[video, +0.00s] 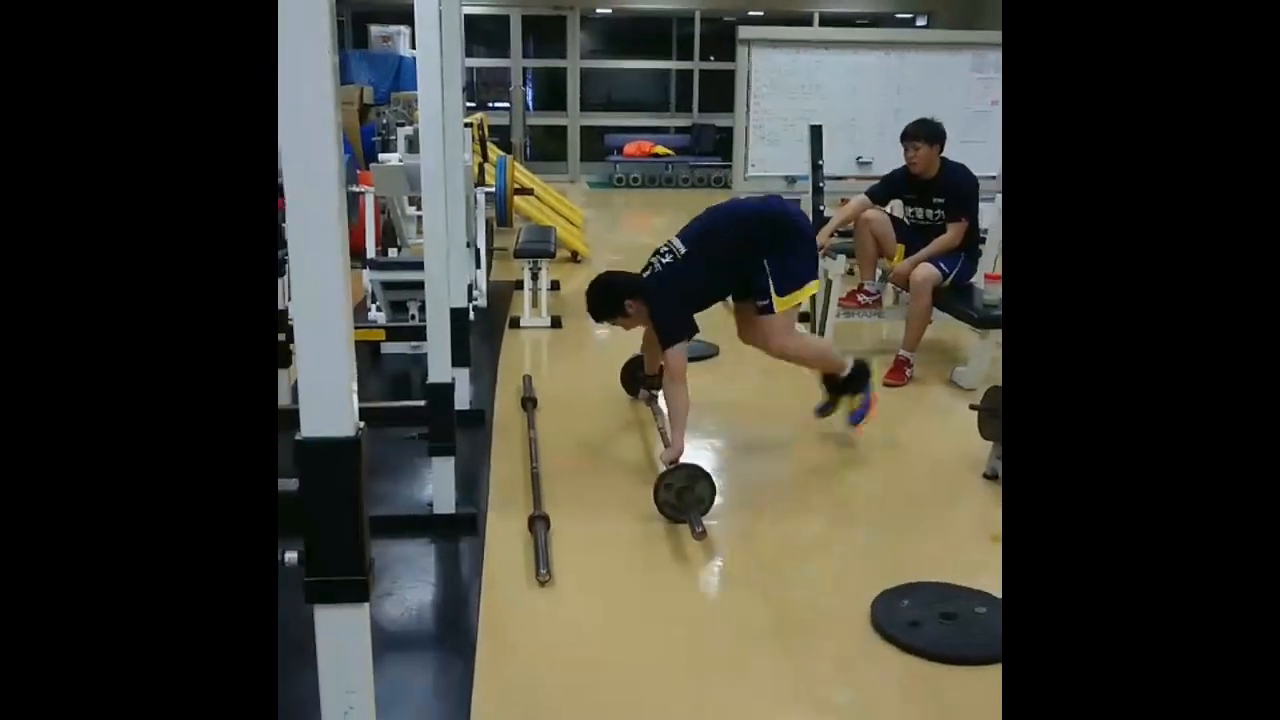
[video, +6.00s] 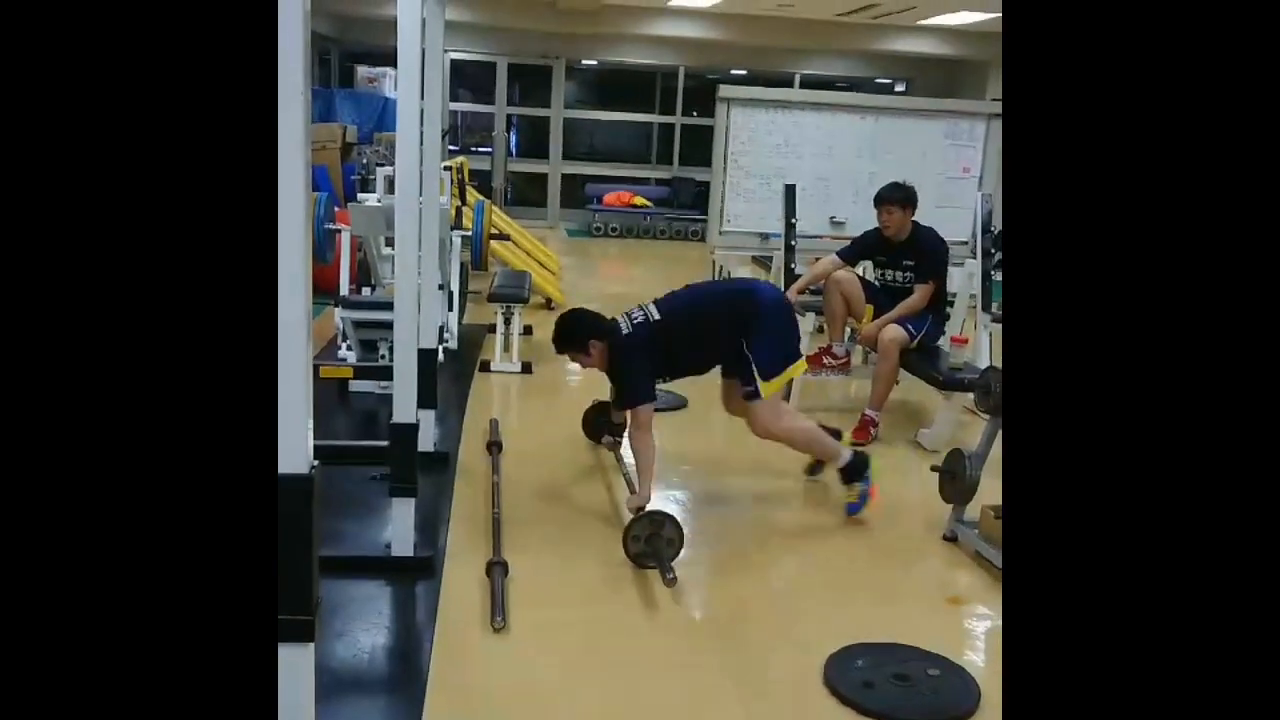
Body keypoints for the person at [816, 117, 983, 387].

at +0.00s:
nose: (910, 155)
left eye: (917, 148)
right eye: (906, 149)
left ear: (937, 149)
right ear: (903, 150)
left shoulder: (960, 179)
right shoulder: (902, 177)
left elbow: (954, 237)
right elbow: (861, 203)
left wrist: (910, 263)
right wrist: (825, 231)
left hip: (957, 252)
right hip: (916, 243)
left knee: (921, 276)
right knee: (867, 218)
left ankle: (904, 358)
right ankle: (868, 291)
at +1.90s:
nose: (898, 187)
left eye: (905, 181)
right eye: (895, 181)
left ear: (924, 181)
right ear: (891, 182)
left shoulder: (947, 211)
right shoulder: (890, 210)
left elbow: (939, 268)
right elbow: (848, 236)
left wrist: (897, 296)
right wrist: (811, 261)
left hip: (943, 283)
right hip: (904, 276)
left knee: (908, 307)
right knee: (856, 250)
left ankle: (890, 389)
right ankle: (857, 326)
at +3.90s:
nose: (894, 205)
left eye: (901, 198)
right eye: (890, 198)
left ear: (920, 200)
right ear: (886, 199)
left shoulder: (941, 231)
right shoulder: (884, 227)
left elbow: (932, 287)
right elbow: (843, 253)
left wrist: (889, 314)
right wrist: (805, 278)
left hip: (935, 303)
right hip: (895, 294)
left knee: (901, 325)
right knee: (848, 268)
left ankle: (883, 407)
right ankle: (849, 344)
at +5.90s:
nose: (883, 218)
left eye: (890, 212)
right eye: (880, 211)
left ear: (909, 212)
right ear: (876, 211)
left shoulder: (930, 241)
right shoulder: (874, 237)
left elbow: (921, 296)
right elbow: (831, 262)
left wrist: (878, 322)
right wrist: (794, 287)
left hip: (923, 313)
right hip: (886, 303)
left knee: (889, 336)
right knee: (837, 278)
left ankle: (870, 417)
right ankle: (838, 352)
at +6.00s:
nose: (883, 218)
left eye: (890, 212)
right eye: (880, 211)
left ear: (909, 213)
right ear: (876, 212)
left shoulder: (930, 243)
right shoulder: (873, 238)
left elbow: (921, 299)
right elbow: (832, 263)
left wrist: (877, 325)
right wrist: (795, 289)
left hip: (925, 314)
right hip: (885, 305)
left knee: (889, 336)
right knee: (837, 279)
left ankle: (870, 418)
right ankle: (837, 354)